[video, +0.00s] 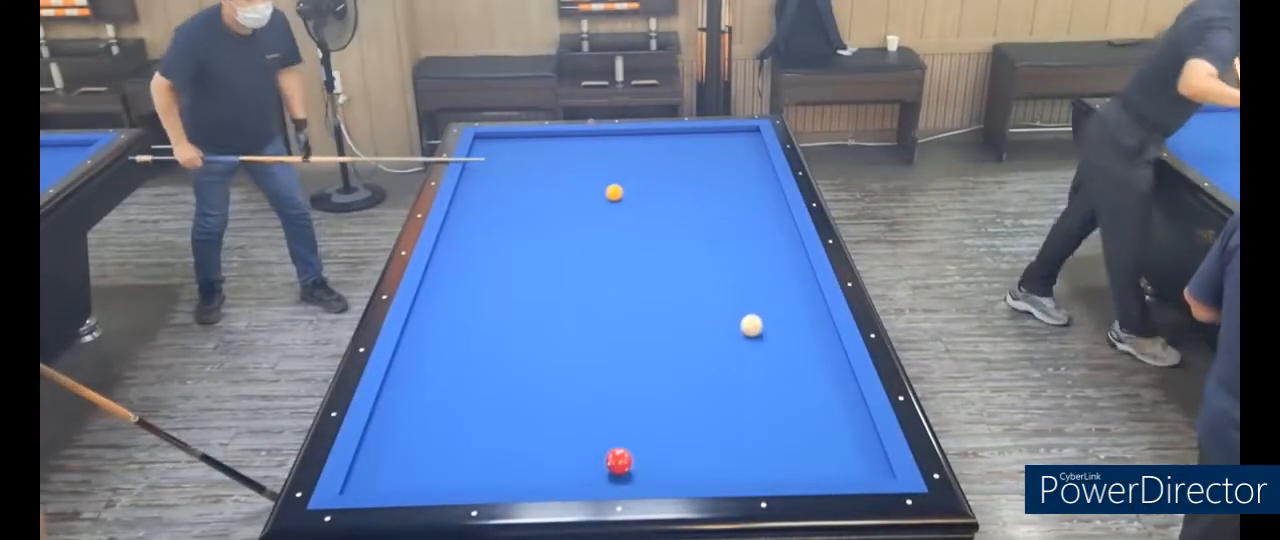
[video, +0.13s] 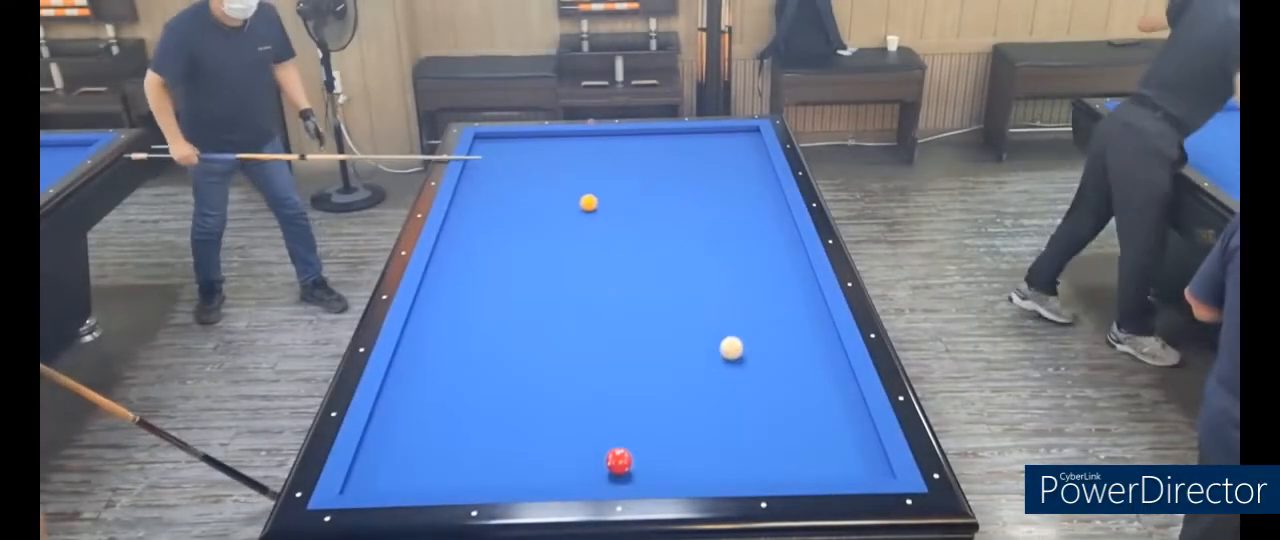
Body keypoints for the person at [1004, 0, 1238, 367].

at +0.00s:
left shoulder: (1214, 9)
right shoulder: (1222, 26)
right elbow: (1193, 84)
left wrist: (1230, 79)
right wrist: (1239, 97)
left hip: (1116, 127)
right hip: (1126, 142)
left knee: (1079, 217)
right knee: (1125, 240)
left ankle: (1032, 288)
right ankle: (1132, 329)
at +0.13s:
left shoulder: (1200, 4)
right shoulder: (1236, 26)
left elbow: (1147, 22)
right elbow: (1238, 97)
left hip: (1122, 120)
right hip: (1152, 139)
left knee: (1084, 218)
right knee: (1142, 242)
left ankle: (1035, 287)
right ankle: (1130, 328)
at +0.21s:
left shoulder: (1205, 5)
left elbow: (1140, 18)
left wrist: (1169, 5)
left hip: (1126, 117)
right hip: (1160, 137)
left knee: (1088, 212)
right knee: (1139, 240)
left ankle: (1042, 284)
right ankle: (1129, 329)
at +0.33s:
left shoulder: (1203, 5)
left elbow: (1131, 17)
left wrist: (1131, 3)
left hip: (1127, 117)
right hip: (1165, 137)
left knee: (1092, 212)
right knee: (1138, 238)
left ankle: (1051, 298)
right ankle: (1130, 330)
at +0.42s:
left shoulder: (1199, 4)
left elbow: (1128, 23)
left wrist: (1137, 7)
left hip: (1123, 119)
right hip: (1163, 139)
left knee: (1087, 220)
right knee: (1137, 239)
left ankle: (1058, 300)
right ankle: (1131, 330)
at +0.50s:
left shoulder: (1179, 3)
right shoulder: (1236, 24)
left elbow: (1124, 34)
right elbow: (1236, 94)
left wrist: (1161, 29)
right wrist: (1224, 94)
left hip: (1120, 120)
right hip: (1158, 136)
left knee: (1088, 219)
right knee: (1137, 237)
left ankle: (1059, 301)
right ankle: (1130, 329)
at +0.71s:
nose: (1232, 3)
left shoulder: (1156, 4)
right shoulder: (1201, 10)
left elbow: (1149, 59)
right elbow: (1187, 76)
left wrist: (1197, 90)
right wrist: (1216, 92)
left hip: (1113, 116)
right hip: (1146, 129)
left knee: (1091, 219)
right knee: (1138, 231)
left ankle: (1059, 301)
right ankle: (1129, 328)